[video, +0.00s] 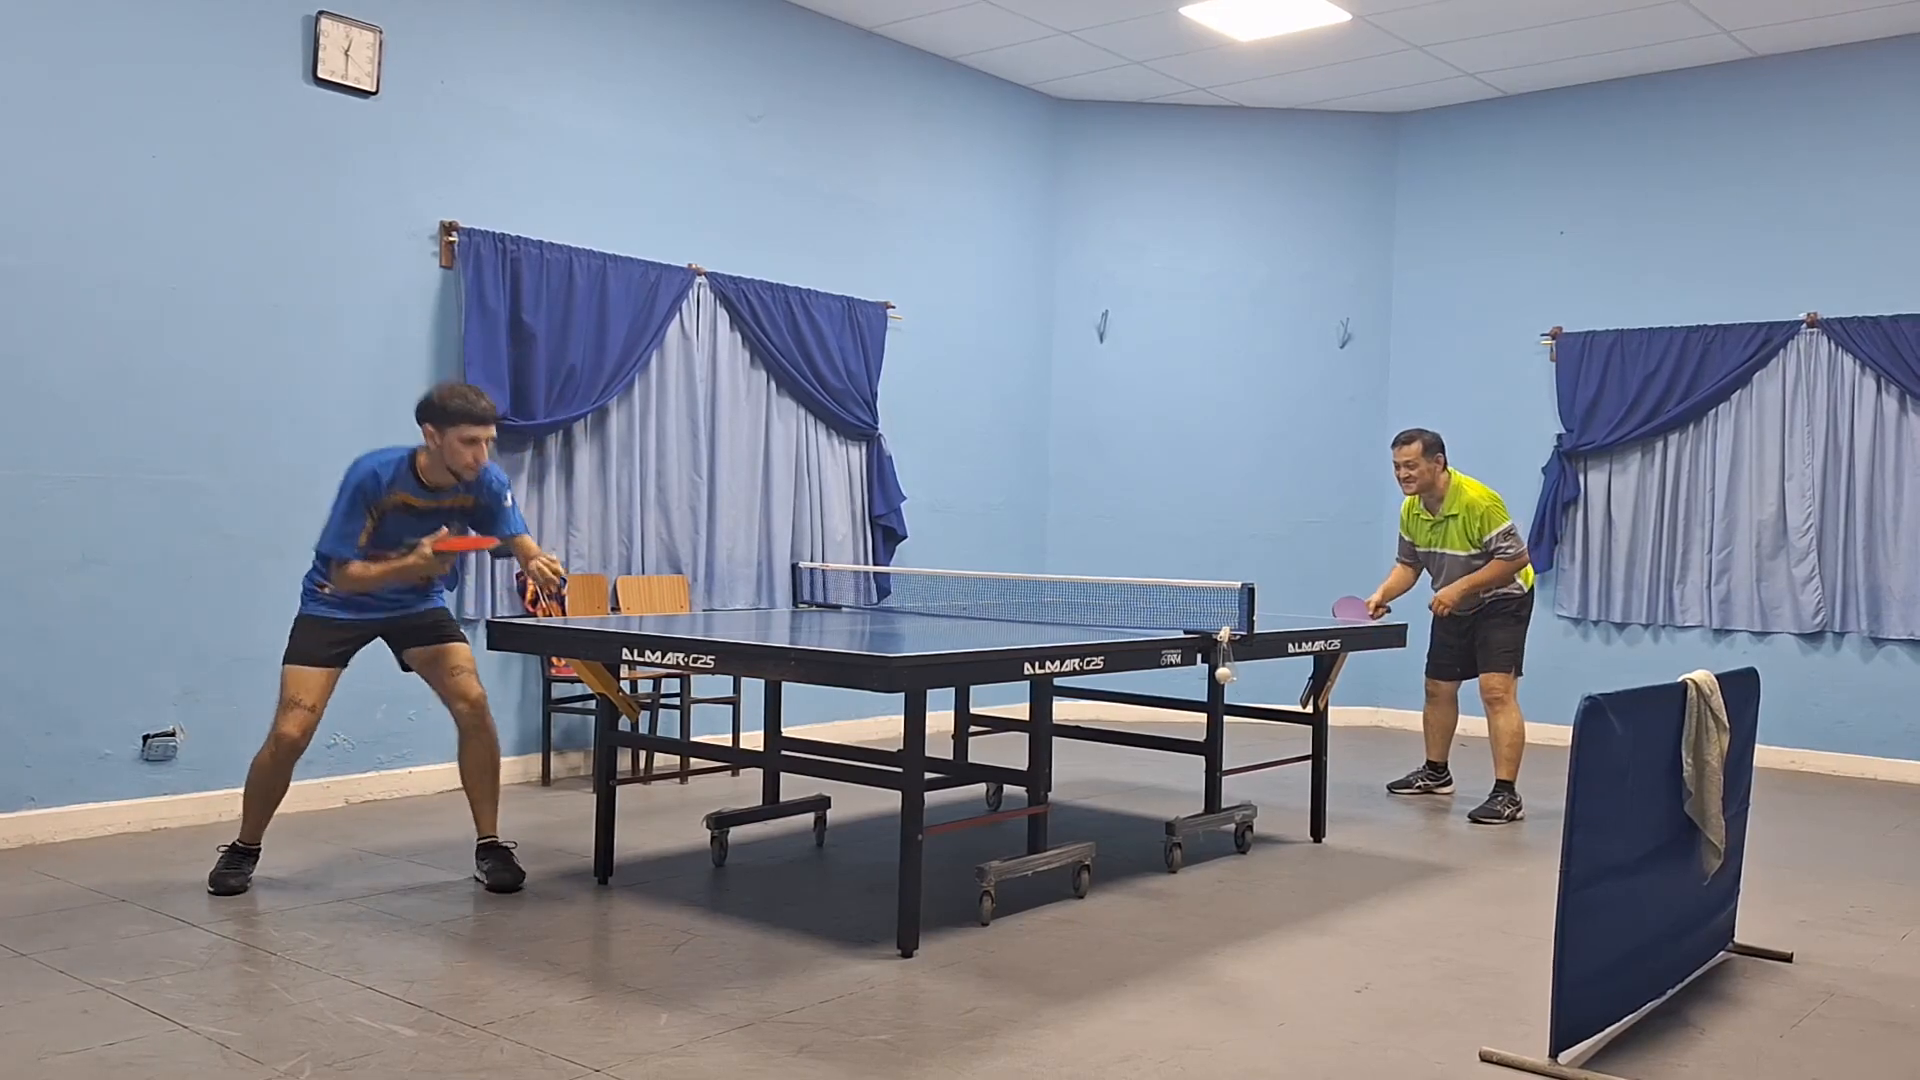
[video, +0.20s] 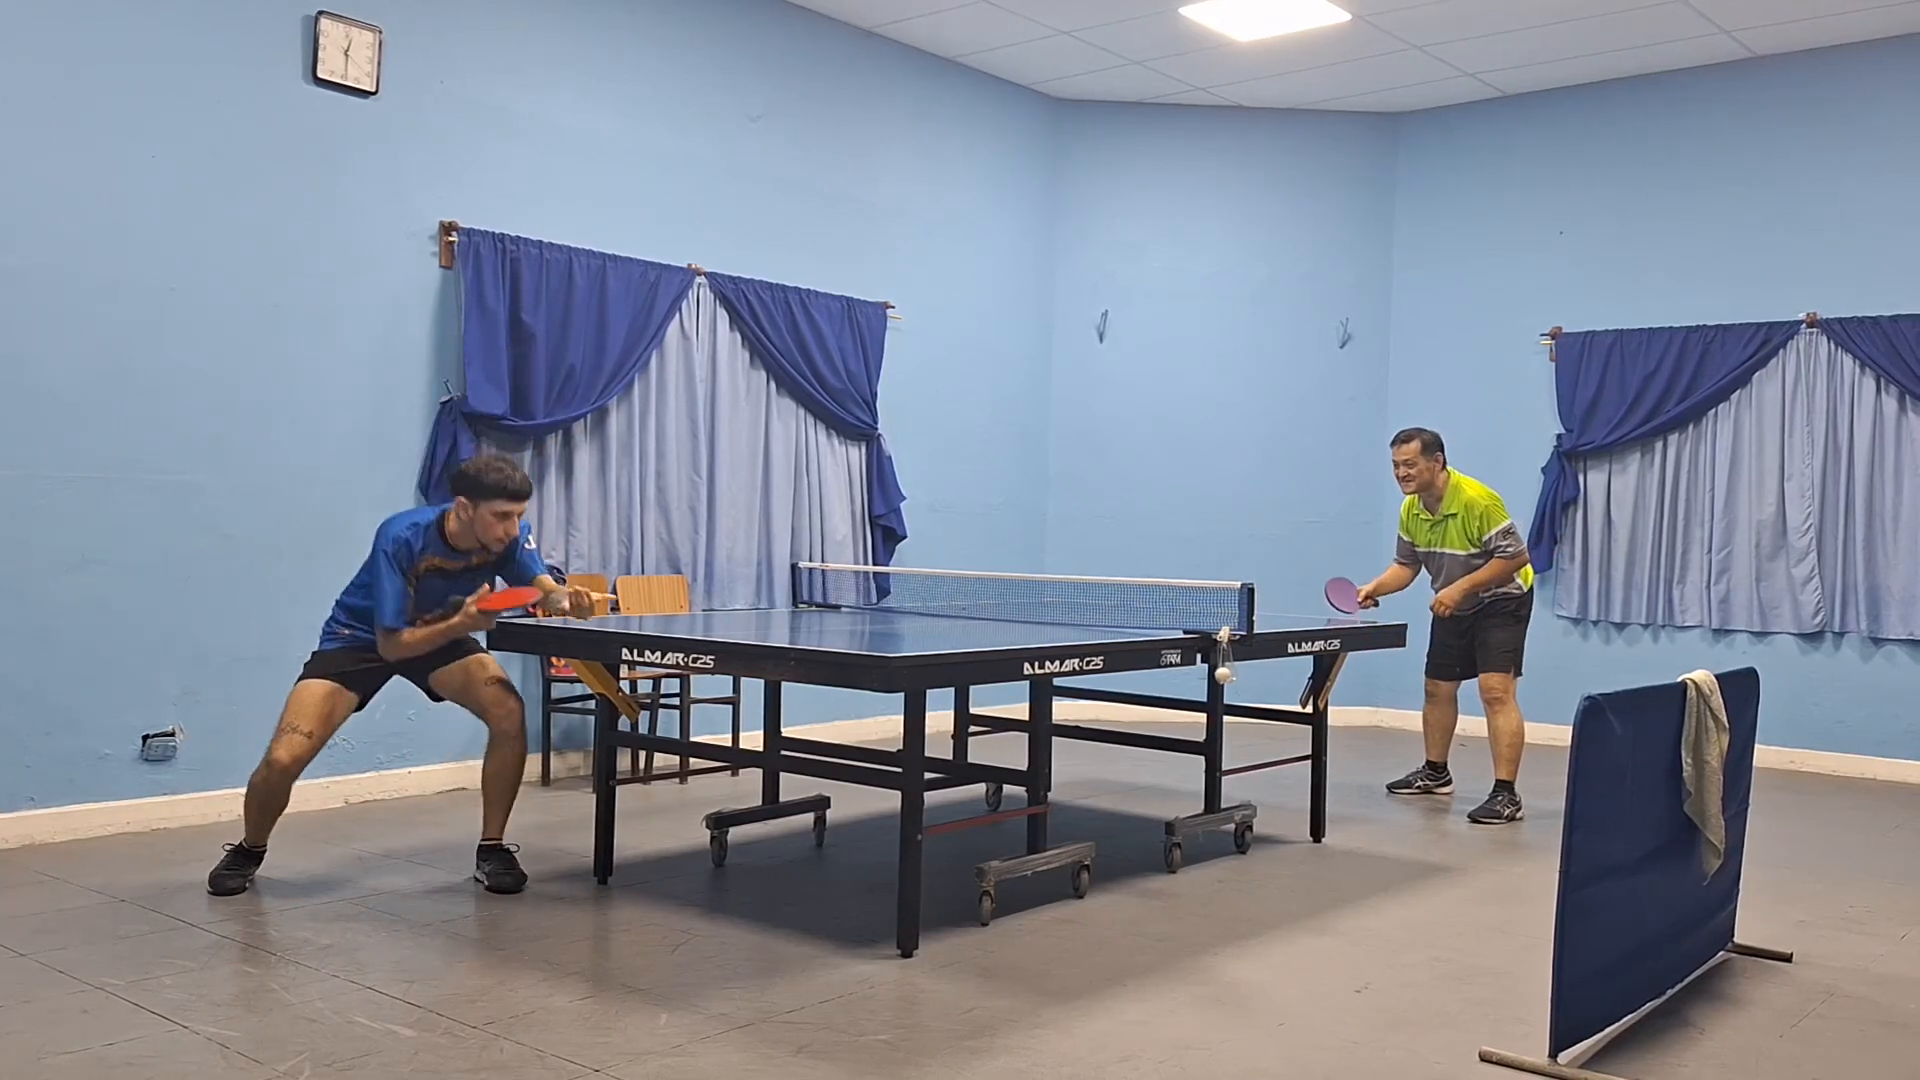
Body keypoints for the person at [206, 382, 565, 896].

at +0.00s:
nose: (481, 457)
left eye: (487, 443)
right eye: (470, 443)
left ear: (493, 439)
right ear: (433, 437)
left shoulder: (486, 485)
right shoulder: (372, 476)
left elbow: (525, 550)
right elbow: (340, 574)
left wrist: (537, 563)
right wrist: (412, 566)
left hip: (416, 606)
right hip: (335, 607)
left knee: (473, 701)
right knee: (290, 733)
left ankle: (491, 846)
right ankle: (243, 849)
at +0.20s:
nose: (514, 530)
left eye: (518, 518)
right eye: (503, 518)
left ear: (522, 514)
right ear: (463, 509)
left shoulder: (507, 541)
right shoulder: (401, 537)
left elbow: (547, 593)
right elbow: (392, 645)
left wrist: (567, 599)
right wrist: (458, 625)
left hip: (437, 639)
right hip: (359, 639)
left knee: (508, 711)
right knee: (283, 758)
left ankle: (493, 849)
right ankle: (248, 850)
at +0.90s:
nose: (514, 552)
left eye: (518, 540)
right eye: (503, 540)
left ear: (516, 538)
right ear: (462, 531)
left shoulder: (505, 564)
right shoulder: (397, 560)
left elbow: (551, 601)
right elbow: (374, 659)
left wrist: (581, 615)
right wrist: (450, 651)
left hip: (431, 663)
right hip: (353, 664)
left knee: (513, 714)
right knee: (284, 785)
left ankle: (491, 851)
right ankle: (252, 851)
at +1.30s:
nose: (455, 439)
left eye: (458, 428)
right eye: (439, 430)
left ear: (463, 432)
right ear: (401, 441)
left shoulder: (467, 477)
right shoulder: (357, 491)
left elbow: (520, 486)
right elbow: (353, 591)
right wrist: (416, 562)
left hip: (423, 623)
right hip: (342, 627)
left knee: (497, 712)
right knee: (280, 761)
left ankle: (488, 850)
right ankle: (245, 851)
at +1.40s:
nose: (428, 407)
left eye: (429, 397)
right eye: (412, 399)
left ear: (435, 404)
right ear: (374, 416)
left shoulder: (446, 446)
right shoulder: (337, 471)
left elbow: (511, 439)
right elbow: (330, 575)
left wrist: (541, 383)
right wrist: (376, 530)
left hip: (418, 611)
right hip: (336, 618)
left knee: (487, 709)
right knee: (276, 752)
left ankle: (488, 849)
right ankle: (244, 850)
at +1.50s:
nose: (396, 385)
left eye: (398, 375)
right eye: (379, 378)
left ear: (405, 385)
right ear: (345, 398)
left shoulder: (431, 433)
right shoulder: (314, 455)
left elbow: (509, 428)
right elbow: (278, 556)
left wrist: (548, 380)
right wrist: (298, 516)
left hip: (408, 604)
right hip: (324, 609)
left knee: (474, 708)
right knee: (268, 747)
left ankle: (487, 849)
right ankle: (243, 849)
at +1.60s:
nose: (370, 373)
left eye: (372, 363)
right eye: (352, 367)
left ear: (381, 375)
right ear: (320, 389)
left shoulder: (413, 429)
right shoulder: (289, 448)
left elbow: (505, 437)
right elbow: (227, 522)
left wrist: (555, 401)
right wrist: (213, 498)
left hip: (394, 600)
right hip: (308, 605)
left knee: (454, 703)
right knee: (260, 738)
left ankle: (485, 849)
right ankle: (241, 851)